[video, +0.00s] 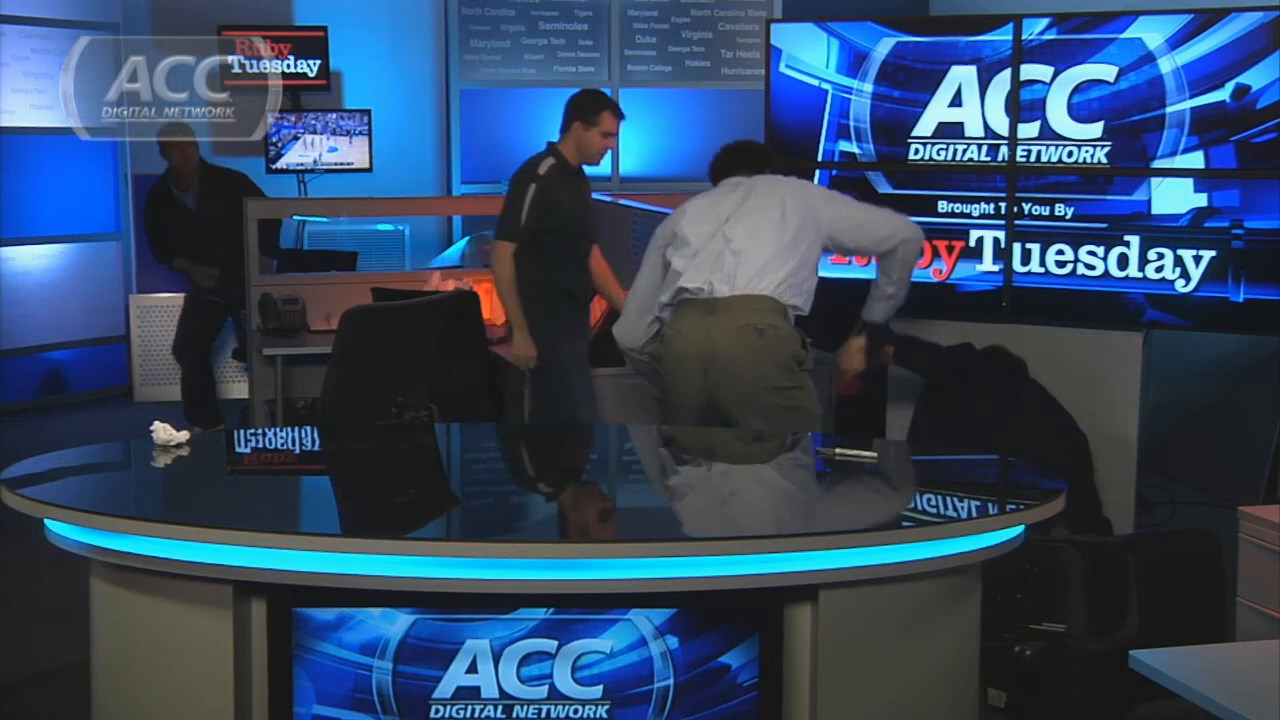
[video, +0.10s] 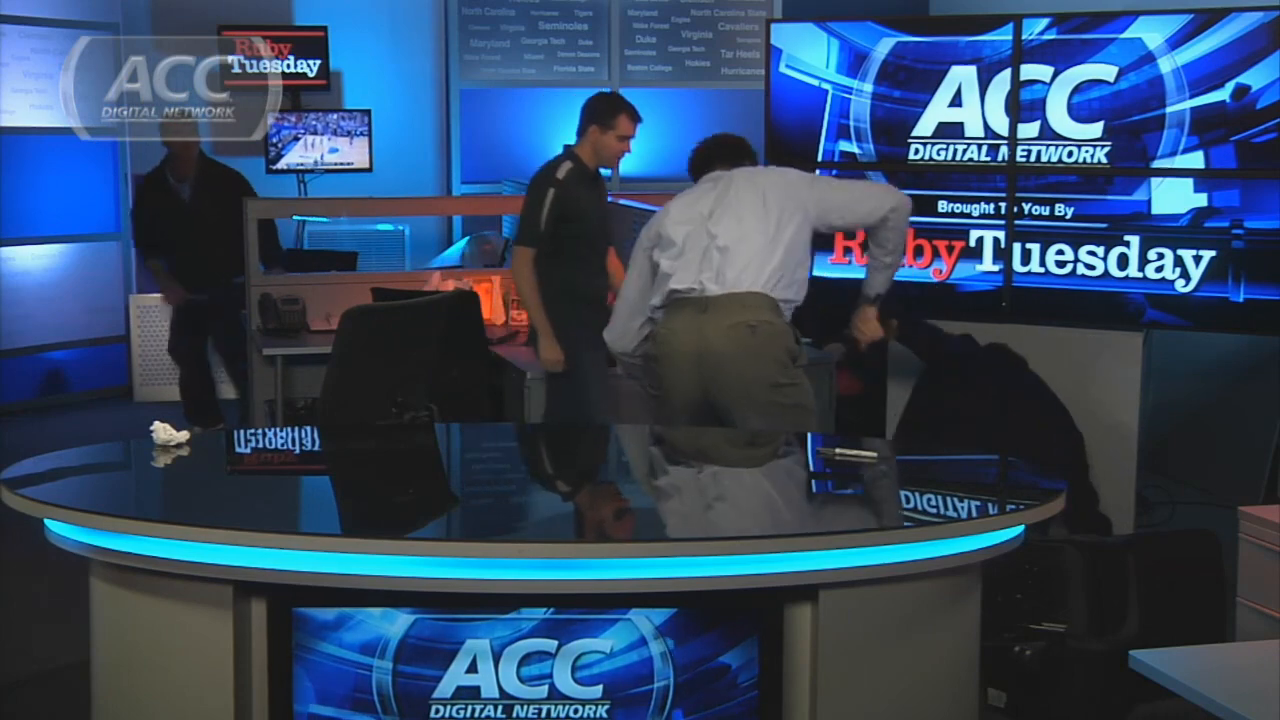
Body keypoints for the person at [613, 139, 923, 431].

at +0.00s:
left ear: (715, 178)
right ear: (773, 168)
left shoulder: (682, 215)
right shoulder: (801, 194)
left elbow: (630, 333)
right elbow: (904, 236)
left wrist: (678, 370)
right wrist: (867, 331)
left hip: (681, 341)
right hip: (759, 337)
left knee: (687, 468)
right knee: (793, 469)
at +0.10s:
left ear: (696, 175)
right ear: (751, 163)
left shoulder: (666, 215)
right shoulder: (788, 183)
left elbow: (621, 336)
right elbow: (892, 204)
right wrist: (870, 301)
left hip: (674, 343)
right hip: (753, 338)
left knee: (685, 472)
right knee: (787, 469)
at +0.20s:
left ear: (680, 171)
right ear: (735, 158)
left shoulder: (651, 215)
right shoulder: (768, 179)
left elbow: (611, 336)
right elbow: (875, 195)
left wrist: (651, 383)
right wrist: (851, 285)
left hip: (662, 340)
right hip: (741, 334)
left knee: (671, 470)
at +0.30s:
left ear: (665, 168)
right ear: (718, 154)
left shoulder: (638, 213)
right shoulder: (755, 175)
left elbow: (600, 336)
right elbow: (863, 191)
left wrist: (641, 386)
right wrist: (844, 281)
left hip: (659, 342)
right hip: (739, 332)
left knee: (667, 476)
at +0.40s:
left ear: (658, 165)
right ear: (710, 150)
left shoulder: (632, 212)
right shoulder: (751, 172)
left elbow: (593, 334)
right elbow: (861, 189)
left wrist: (637, 387)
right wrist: (839, 283)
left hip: (655, 341)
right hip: (737, 332)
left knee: (662, 474)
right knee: (738, 482)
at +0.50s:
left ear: (658, 157)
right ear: (709, 148)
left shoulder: (630, 210)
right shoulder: (747, 170)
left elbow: (591, 336)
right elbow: (856, 189)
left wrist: (632, 383)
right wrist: (819, 281)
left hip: (654, 341)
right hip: (734, 329)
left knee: (664, 474)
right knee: (737, 481)